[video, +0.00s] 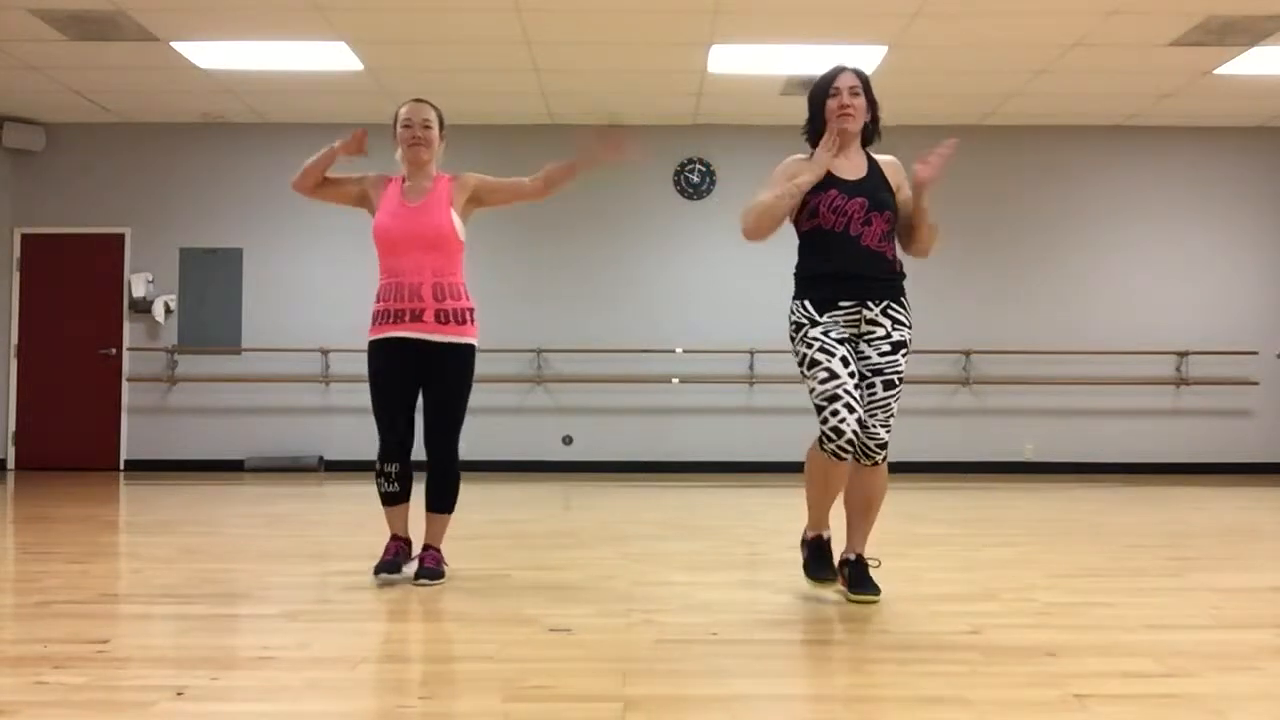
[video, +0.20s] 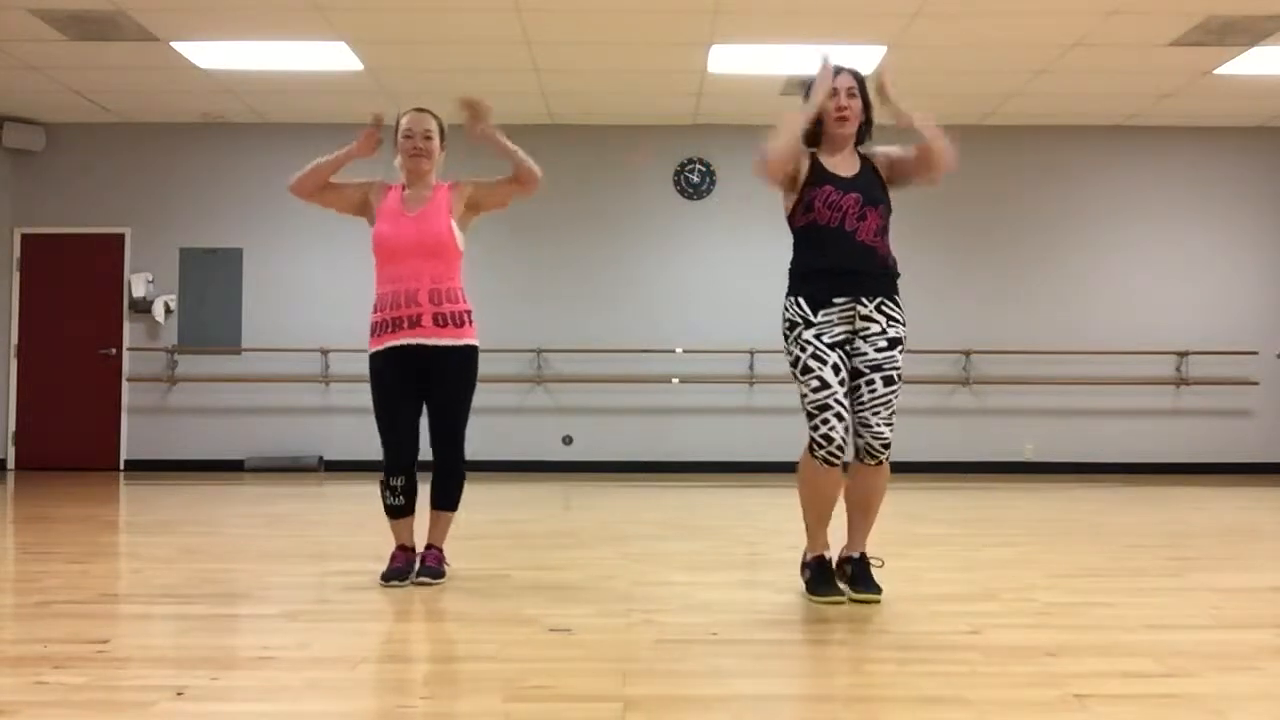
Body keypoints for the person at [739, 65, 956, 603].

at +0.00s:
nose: (845, 101)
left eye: (855, 93)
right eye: (834, 94)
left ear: (869, 107)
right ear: (818, 108)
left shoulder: (890, 167)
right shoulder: (800, 165)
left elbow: (917, 245)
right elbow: (753, 227)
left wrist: (923, 193)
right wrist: (811, 174)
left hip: (885, 312)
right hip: (820, 312)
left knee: (874, 433)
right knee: (842, 422)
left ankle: (855, 558)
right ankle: (816, 534)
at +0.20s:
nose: (842, 102)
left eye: (851, 95)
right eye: (833, 94)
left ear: (864, 109)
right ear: (817, 106)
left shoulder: (882, 164)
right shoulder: (800, 163)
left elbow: (941, 159)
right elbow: (772, 164)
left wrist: (901, 110)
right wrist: (807, 105)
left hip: (878, 311)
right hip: (814, 312)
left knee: (874, 435)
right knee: (831, 434)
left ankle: (856, 555)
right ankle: (816, 555)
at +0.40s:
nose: (842, 98)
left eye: (852, 91)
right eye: (831, 91)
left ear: (865, 105)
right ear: (815, 107)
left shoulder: (881, 152)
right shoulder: (798, 157)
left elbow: (913, 78)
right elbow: (782, 80)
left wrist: (872, 11)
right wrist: (819, 18)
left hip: (875, 308)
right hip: (809, 310)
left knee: (882, 430)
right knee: (820, 429)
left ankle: (856, 529)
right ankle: (814, 555)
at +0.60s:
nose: (845, 104)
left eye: (854, 95)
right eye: (834, 96)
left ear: (868, 107)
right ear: (819, 109)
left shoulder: (885, 153)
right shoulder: (804, 158)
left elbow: (893, 62)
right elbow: (794, 66)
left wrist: (877, 0)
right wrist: (810, 7)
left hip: (880, 309)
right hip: (814, 311)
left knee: (870, 434)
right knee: (824, 431)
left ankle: (859, 554)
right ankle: (817, 556)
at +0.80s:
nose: (846, 99)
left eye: (855, 91)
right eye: (835, 92)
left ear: (869, 105)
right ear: (818, 106)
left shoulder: (883, 150)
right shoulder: (802, 155)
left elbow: (899, 58)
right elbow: (784, 61)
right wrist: (783, 13)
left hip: (882, 308)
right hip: (816, 309)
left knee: (873, 431)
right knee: (833, 422)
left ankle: (858, 553)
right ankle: (814, 532)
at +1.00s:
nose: (843, 103)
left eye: (852, 96)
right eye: (830, 96)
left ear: (864, 110)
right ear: (814, 112)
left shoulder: (878, 158)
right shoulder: (795, 160)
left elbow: (915, 75)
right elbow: (761, 86)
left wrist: (943, 8)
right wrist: (745, 31)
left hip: (875, 315)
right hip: (811, 316)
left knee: (869, 438)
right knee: (829, 434)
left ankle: (854, 557)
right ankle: (810, 555)